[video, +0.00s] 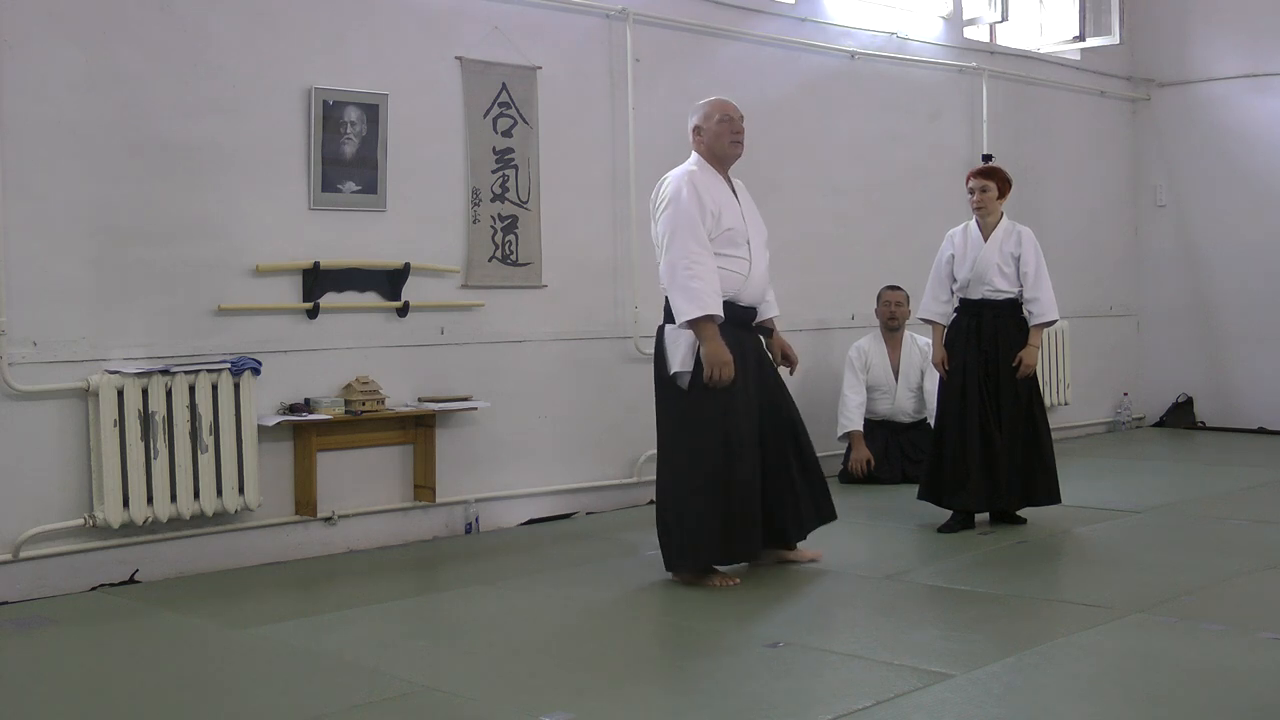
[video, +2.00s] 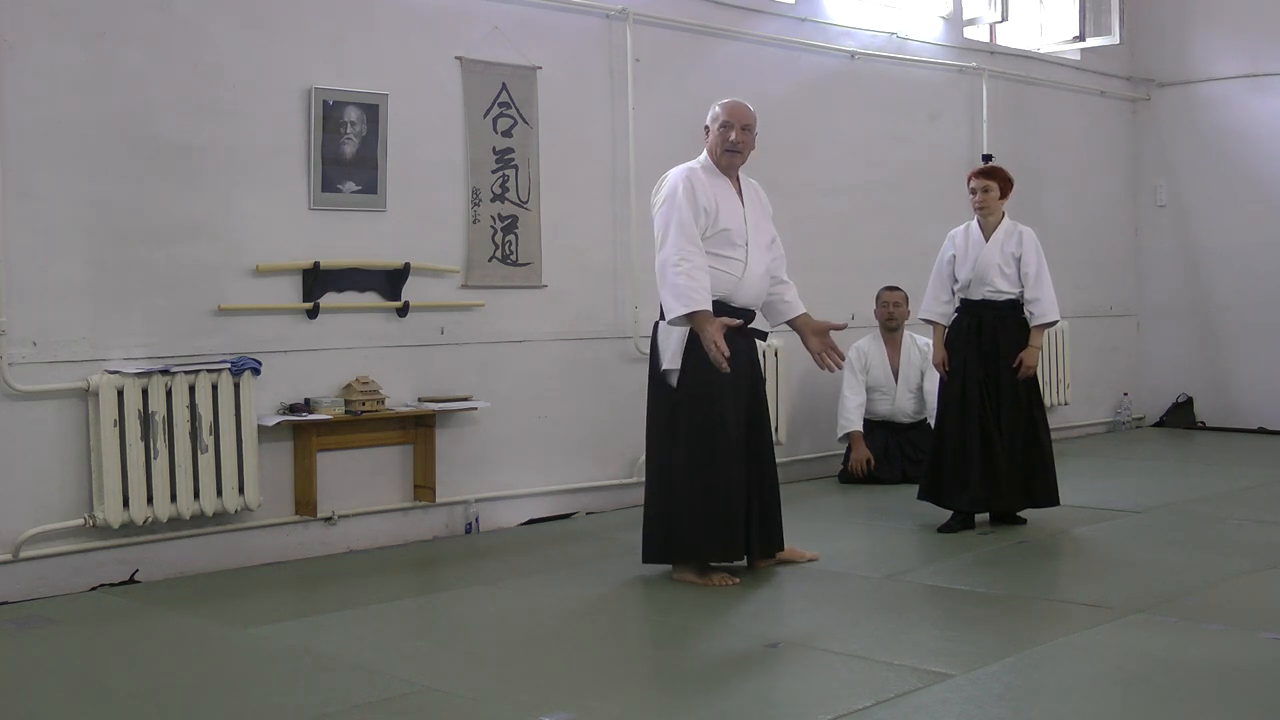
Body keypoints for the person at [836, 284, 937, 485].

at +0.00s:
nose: (892, 310)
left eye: (899, 305)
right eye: (886, 305)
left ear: (909, 313)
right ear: (876, 312)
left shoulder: (926, 348)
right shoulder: (861, 350)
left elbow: (935, 397)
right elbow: (852, 397)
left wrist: (944, 437)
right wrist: (857, 443)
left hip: (916, 431)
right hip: (874, 431)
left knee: (937, 473)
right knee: (855, 472)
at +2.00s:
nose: (891, 310)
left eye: (897, 305)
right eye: (885, 305)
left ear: (908, 313)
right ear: (875, 313)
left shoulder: (925, 348)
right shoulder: (861, 350)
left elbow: (935, 397)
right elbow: (851, 398)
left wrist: (944, 436)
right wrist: (857, 443)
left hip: (916, 430)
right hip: (874, 431)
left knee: (935, 473)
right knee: (855, 472)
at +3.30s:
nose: (891, 315)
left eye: (898, 309)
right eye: (885, 309)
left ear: (908, 315)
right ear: (876, 313)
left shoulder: (926, 349)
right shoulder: (861, 351)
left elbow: (936, 398)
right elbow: (852, 398)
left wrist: (945, 437)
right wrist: (857, 443)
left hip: (917, 430)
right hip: (875, 431)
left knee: (938, 470)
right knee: (856, 471)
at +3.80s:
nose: (889, 319)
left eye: (896, 313)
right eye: (884, 313)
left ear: (908, 316)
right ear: (877, 314)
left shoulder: (927, 350)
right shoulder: (861, 351)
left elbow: (936, 399)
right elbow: (852, 399)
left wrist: (945, 439)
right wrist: (857, 443)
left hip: (916, 430)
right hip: (875, 431)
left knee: (936, 471)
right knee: (856, 471)